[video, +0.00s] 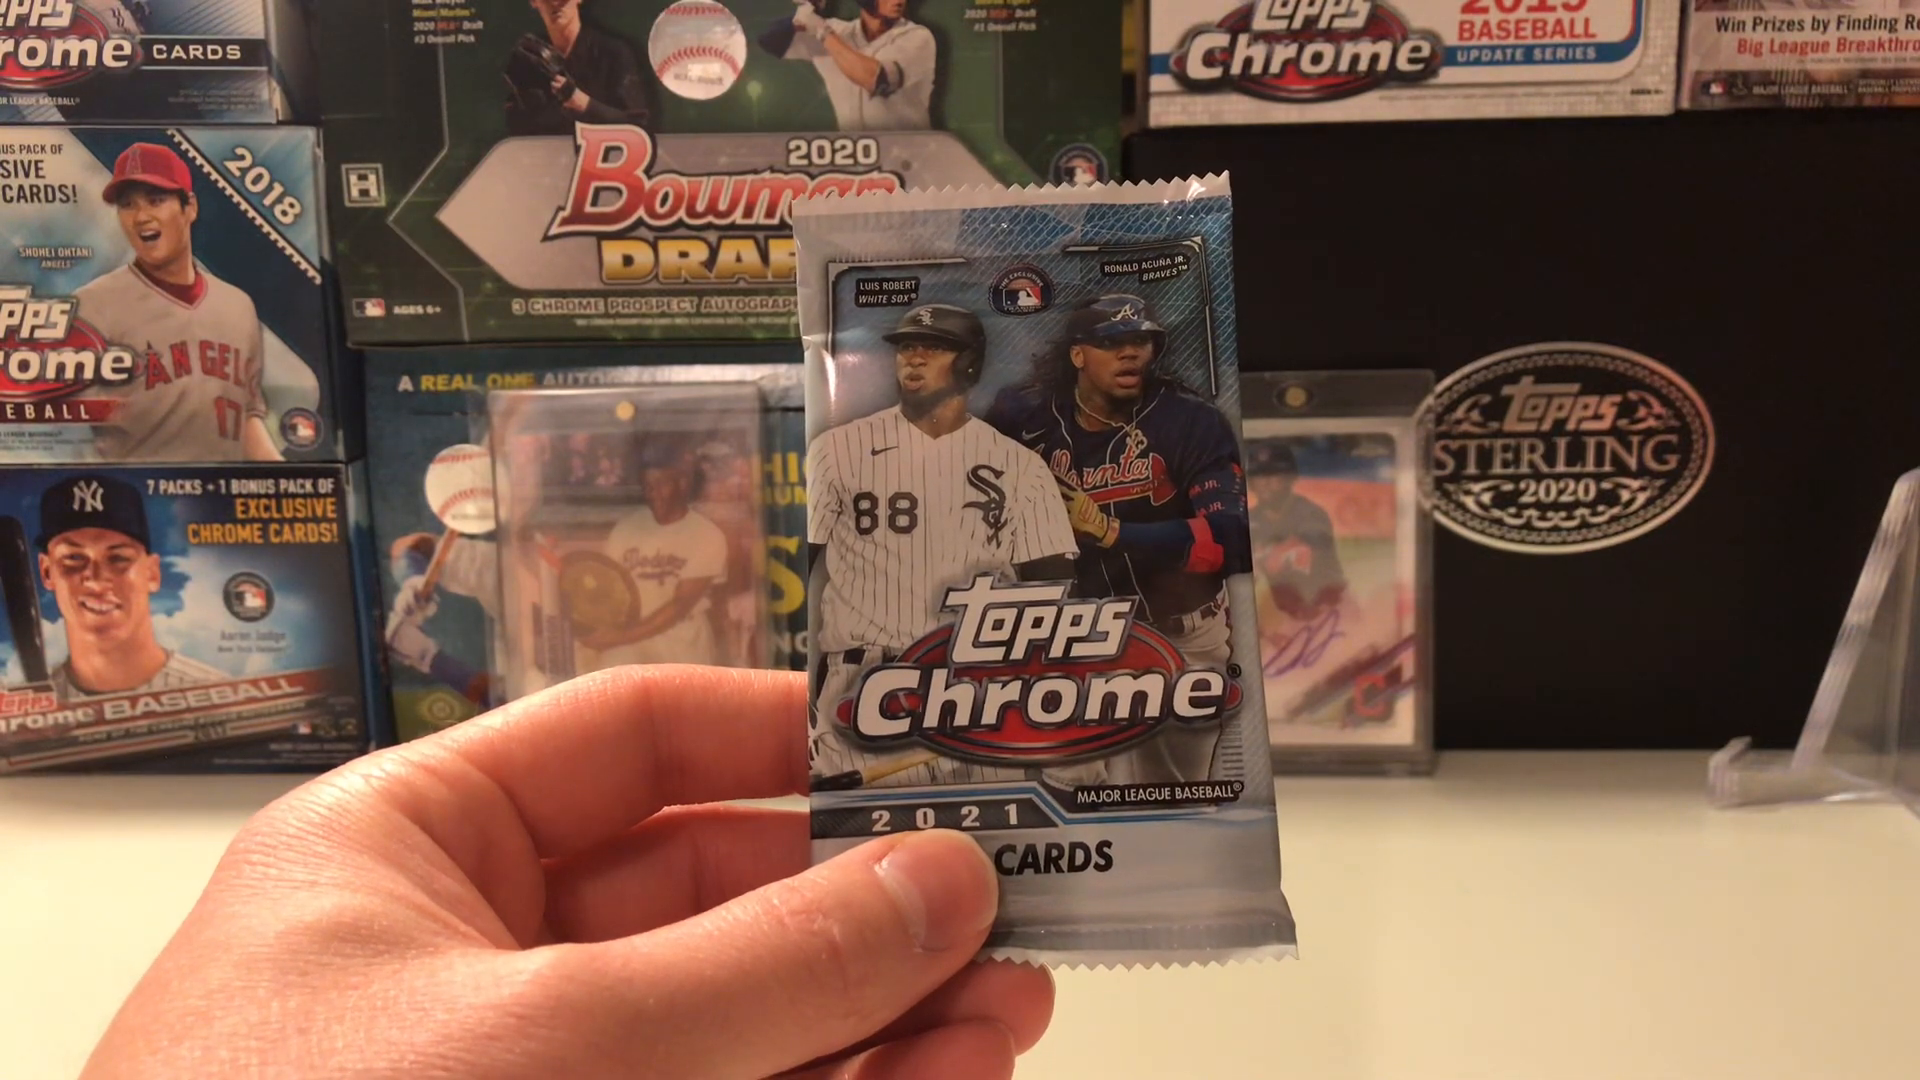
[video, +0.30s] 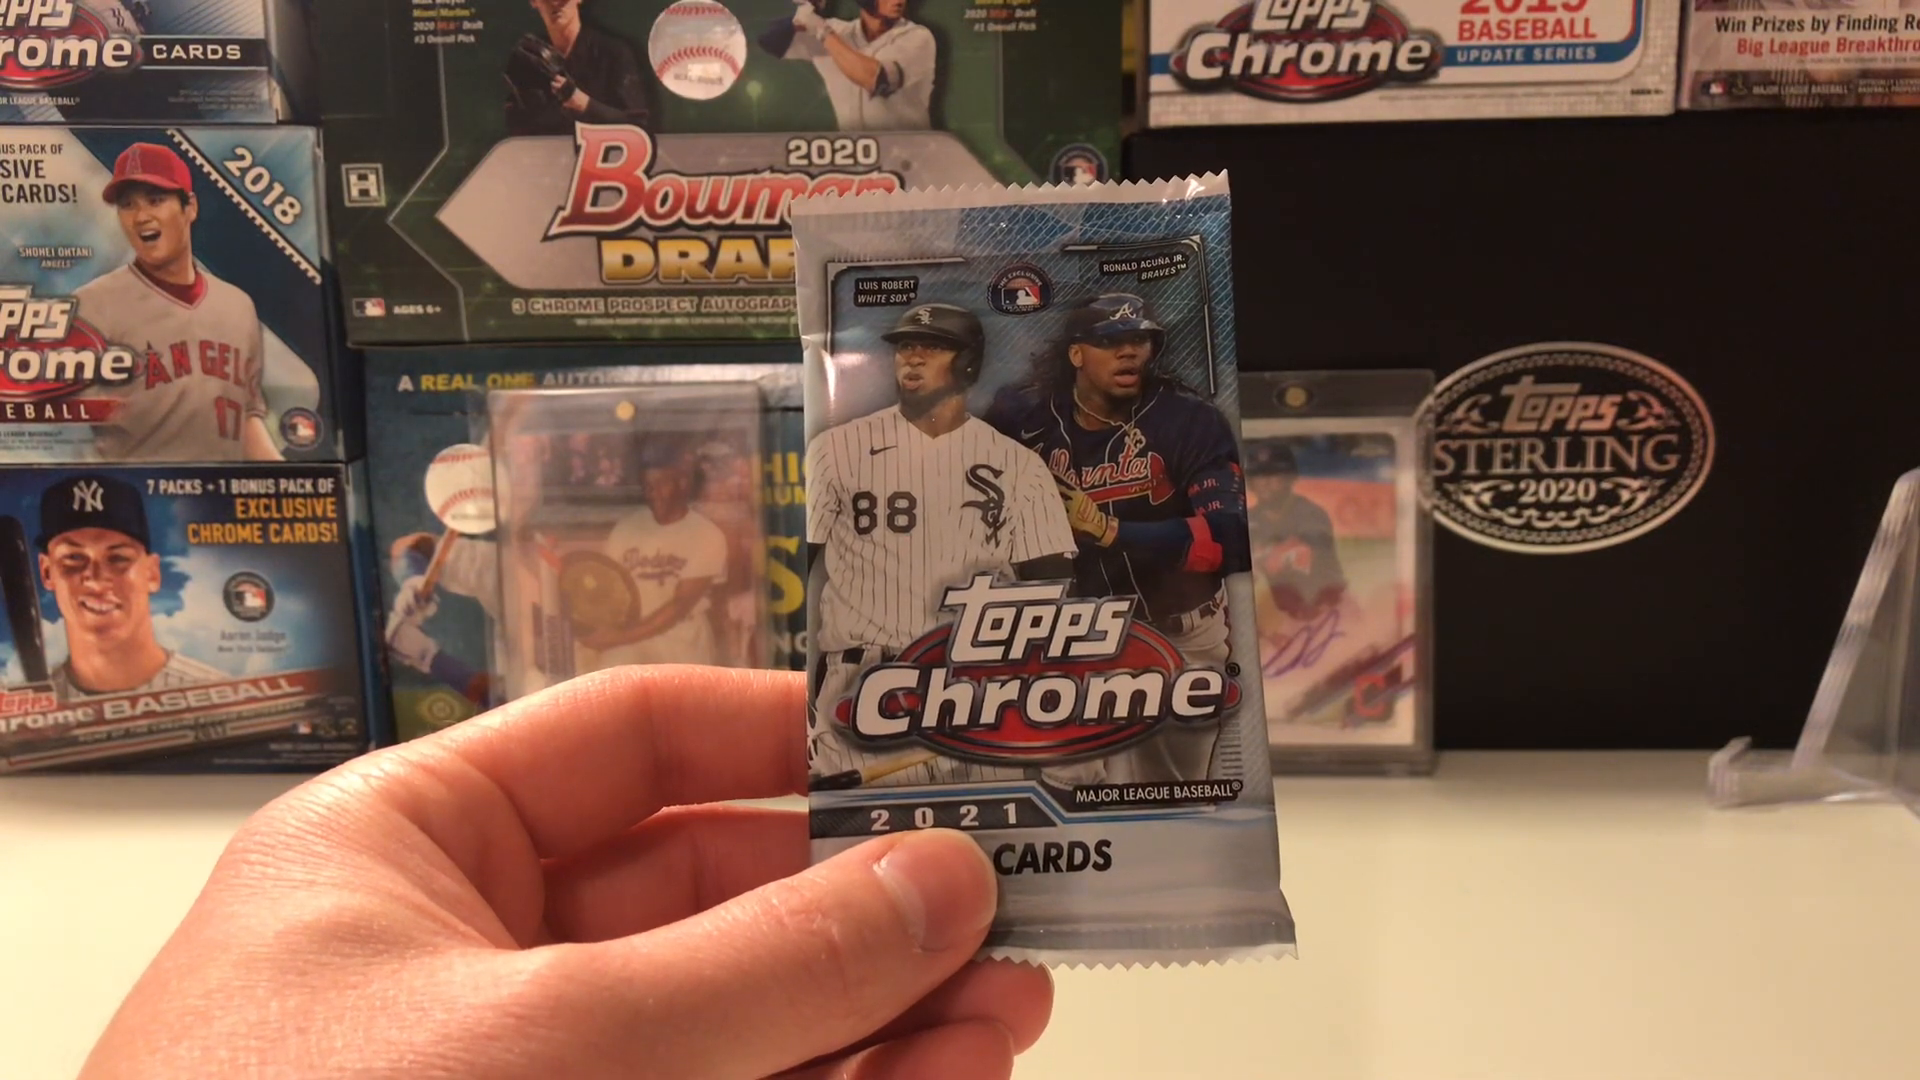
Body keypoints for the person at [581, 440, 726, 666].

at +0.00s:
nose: (653, 494)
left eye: (661, 484)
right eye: (647, 486)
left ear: (683, 484)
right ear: (642, 487)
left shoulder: (707, 536)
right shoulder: (625, 530)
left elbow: (680, 607)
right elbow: (605, 591)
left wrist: (619, 637)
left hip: (684, 660)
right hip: (627, 661)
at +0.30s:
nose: (653, 493)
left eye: (661, 484)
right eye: (648, 485)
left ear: (683, 484)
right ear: (642, 488)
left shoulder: (707, 536)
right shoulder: (625, 530)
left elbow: (681, 606)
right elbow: (605, 591)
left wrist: (619, 637)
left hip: (684, 661)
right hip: (626, 662)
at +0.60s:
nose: (653, 494)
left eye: (661, 484)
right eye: (648, 485)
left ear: (683, 484)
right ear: (643, 487)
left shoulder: (707, 536)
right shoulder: (624, 529)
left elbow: (680, 607)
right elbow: (604, 590)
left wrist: (617, 637)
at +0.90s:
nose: (653, 494)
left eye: (661, 484)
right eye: (648, 485)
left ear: (683, 484)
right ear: (642, 487)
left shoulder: (707, 536)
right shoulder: (625, 529)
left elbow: (679, 607)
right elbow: (603, 588)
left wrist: (617, 637)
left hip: (683, 644)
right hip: (627, 645)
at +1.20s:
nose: (652, 494)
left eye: (660, 485)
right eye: (647, 486)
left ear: (683, 484)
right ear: (642, 487)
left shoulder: (707, 536)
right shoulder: (625, 530)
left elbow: (679, 607)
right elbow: (603, 589)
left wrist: (616, 637)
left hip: (683, 644)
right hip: (628, 645)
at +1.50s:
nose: (653, 495)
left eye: (660, 485)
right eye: (648, 486)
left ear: (683, 483)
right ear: (642, 488)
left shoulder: (707, 536)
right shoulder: (625, 530)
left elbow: (679, 607)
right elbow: (604, 589)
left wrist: (617, 637)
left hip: (682, 645)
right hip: (625, 646)